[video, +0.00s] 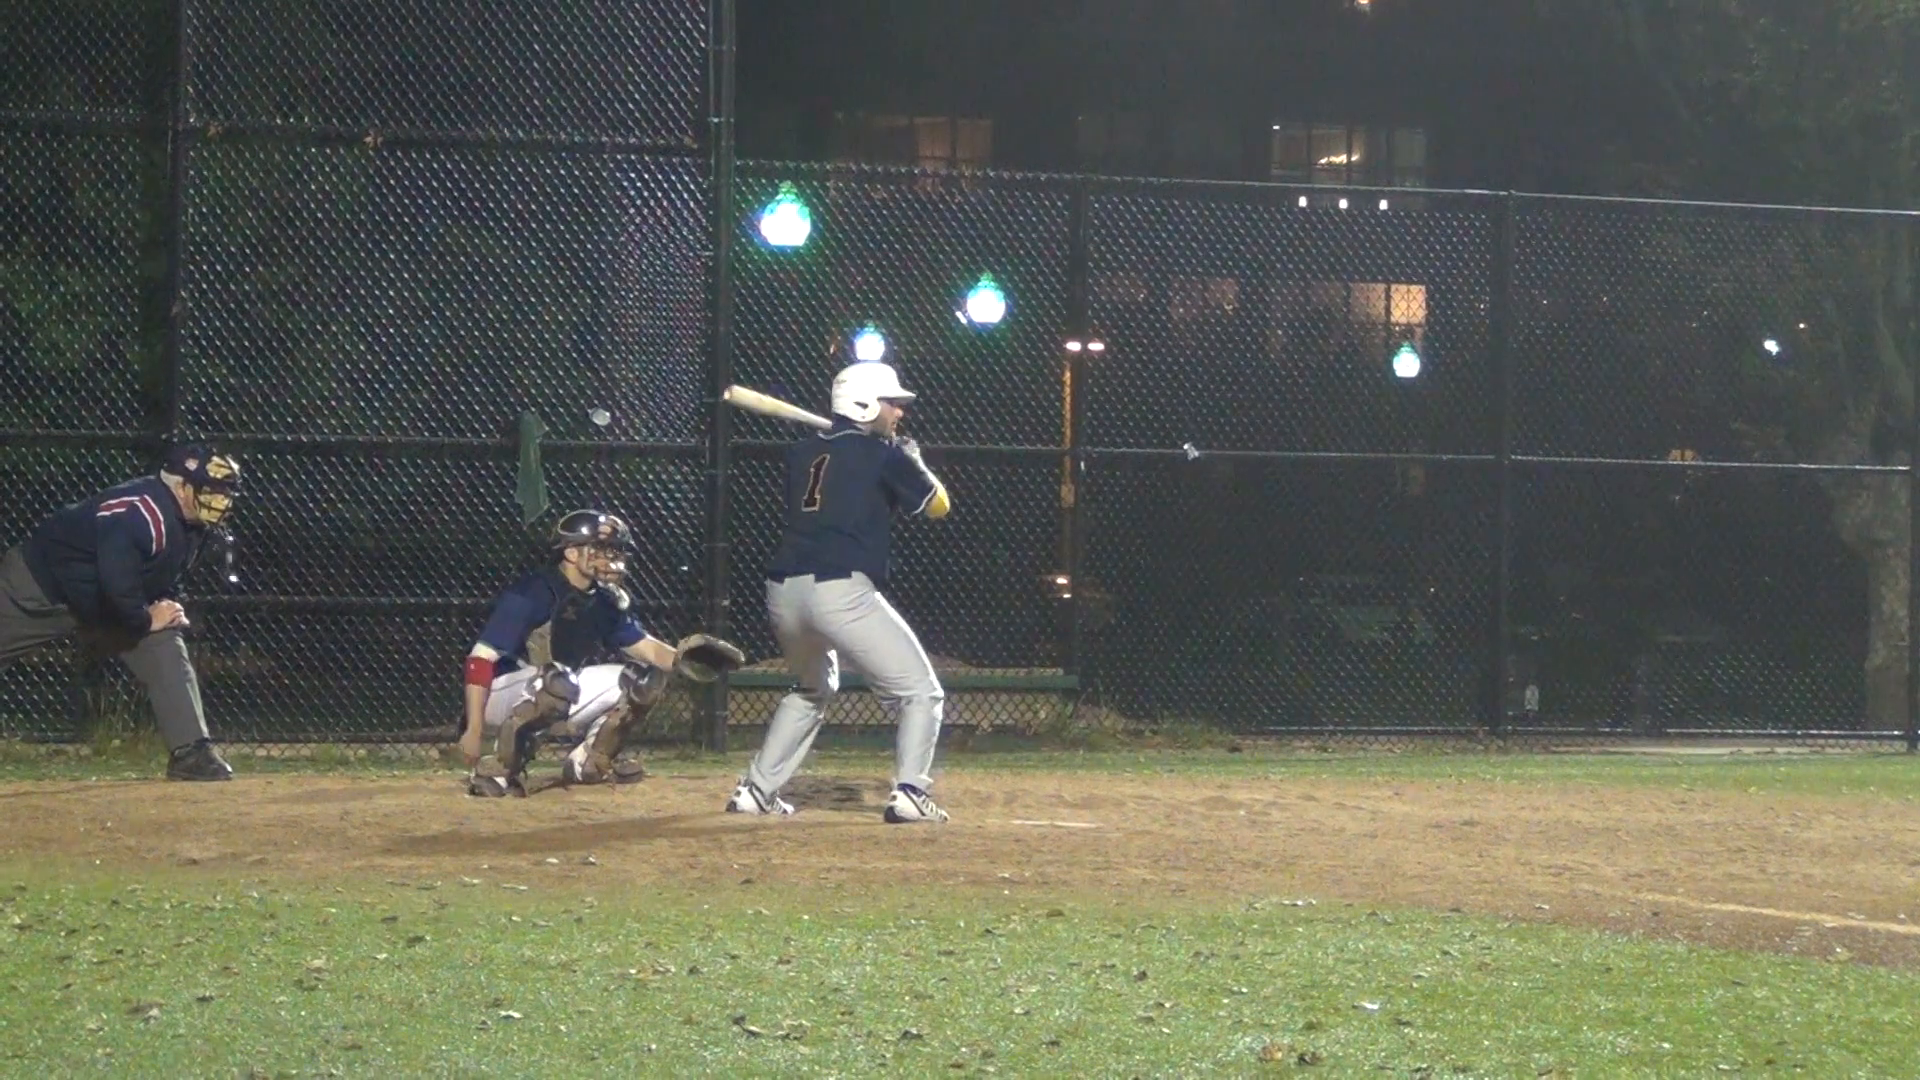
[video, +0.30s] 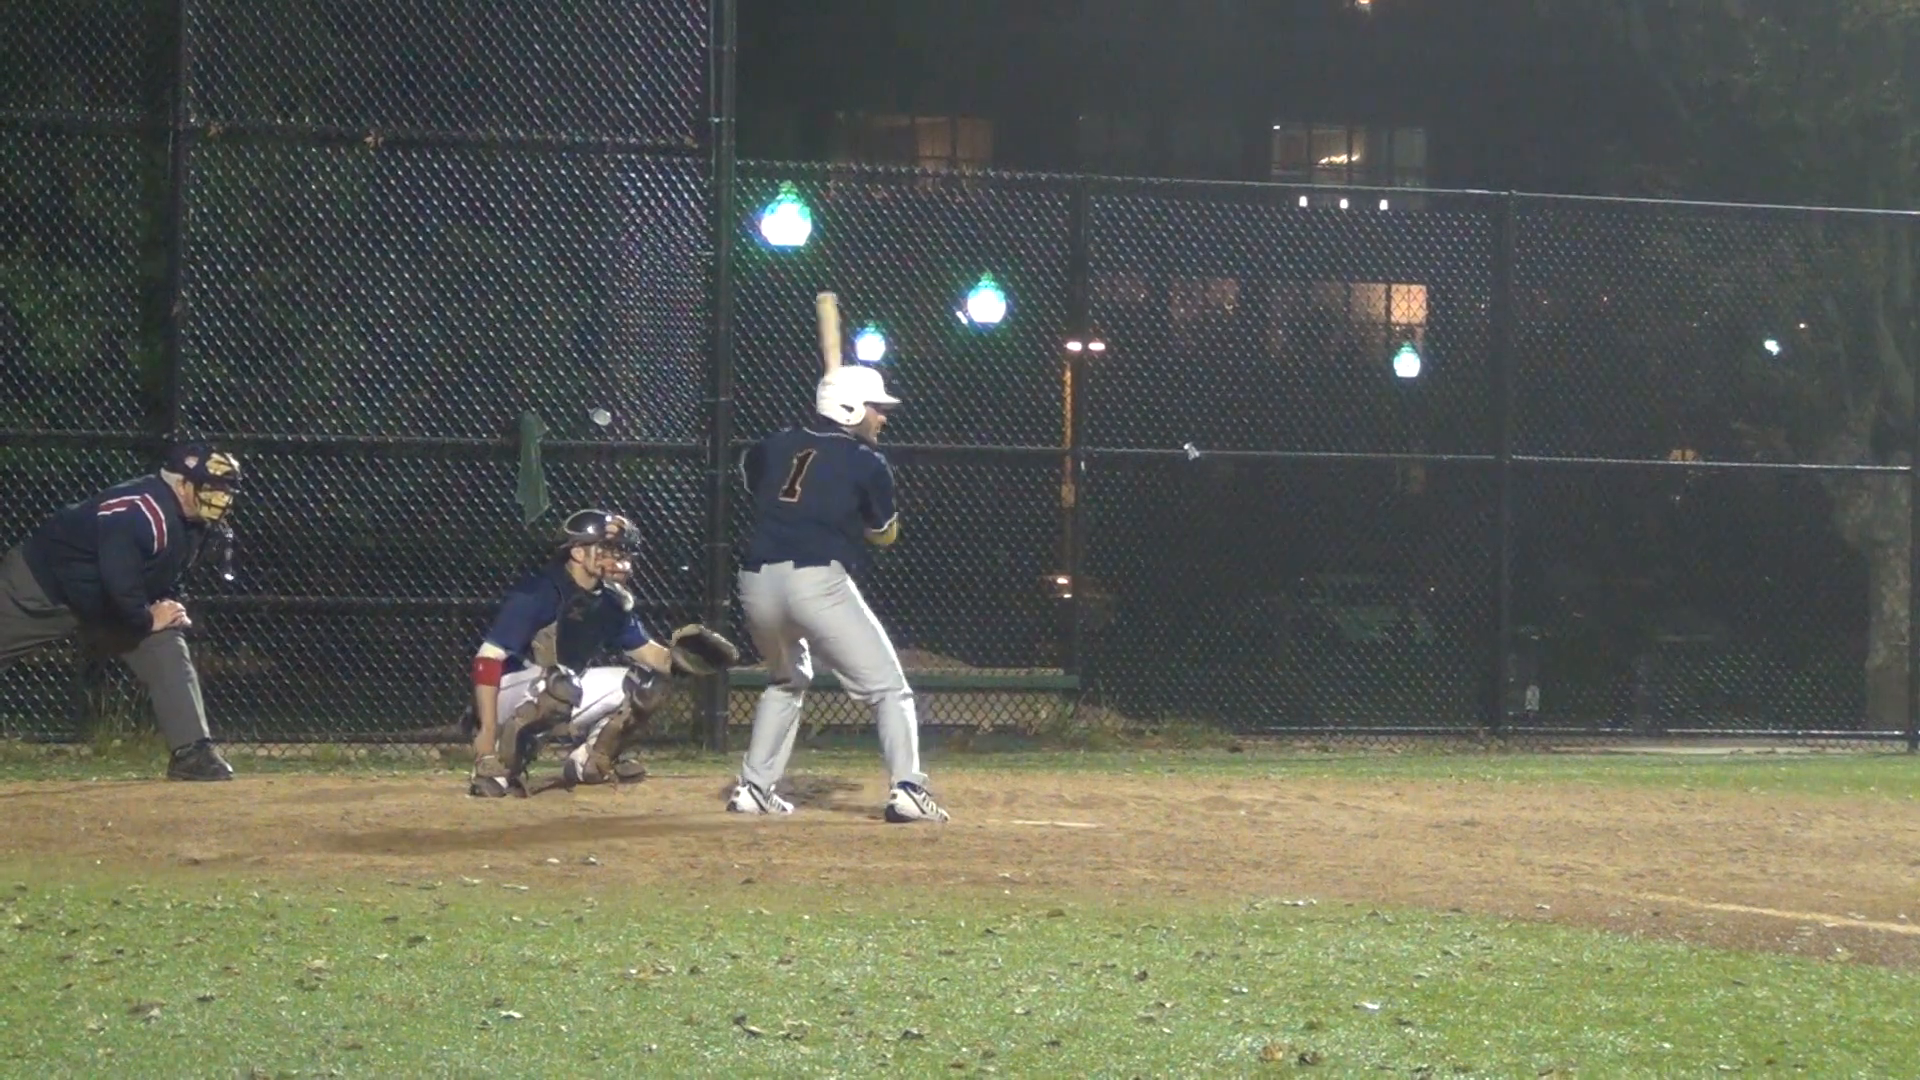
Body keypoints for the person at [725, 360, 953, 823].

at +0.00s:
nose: (900, 412)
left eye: (899, 403)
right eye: (893, 403)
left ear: (848, 408)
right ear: (866, 406)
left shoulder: (801, 450)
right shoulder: (882, 454)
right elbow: (939, 506)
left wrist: (879, 453)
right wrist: (915, 464)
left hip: (782, 592)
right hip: (842, 591)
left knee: (810, 688)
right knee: (922, 693)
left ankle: (756, 791)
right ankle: (911, 793)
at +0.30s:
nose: (883, 418)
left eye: (883, 409)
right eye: (877, 409)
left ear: (830, 409)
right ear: (850, 409)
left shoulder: (774, 443)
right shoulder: (868, 462)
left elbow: (751, 481)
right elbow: (883, 535)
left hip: (756, 581)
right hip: (819, 581)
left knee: (786, 680)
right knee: (889, 690)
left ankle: (754, 787)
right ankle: (908, 789)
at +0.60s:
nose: (871, 413)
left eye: (870, 404)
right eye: (865, 403)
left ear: (815, 400)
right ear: (843, 403)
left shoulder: (765, 432)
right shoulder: (863, 454)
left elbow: (695, 434)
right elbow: (857, 507)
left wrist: (736, 424)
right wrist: (870, 510)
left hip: (767, 578)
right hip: (831, 573)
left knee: (776, 680)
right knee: (907, 666)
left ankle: (754, 786)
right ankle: (925, 729)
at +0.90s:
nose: (905, 444)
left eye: (905, 435)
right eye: (901, 434)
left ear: (849, 429)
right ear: (886, 429)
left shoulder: (802, 468)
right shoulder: (903, 473)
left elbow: (732, 512)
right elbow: (910, 534)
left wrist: (784, 480)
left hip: (807, 599)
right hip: (873, 595)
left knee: (803, 688)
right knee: (954, 699)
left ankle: (759, 787)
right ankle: (977, 794)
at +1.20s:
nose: (925, 466)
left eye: (926, 459)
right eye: (925, 458)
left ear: (873, 438)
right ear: (915, 452)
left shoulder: (823, 470)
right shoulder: (923, 493)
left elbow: (744, 494)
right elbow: (919, 548)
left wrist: (799, 499)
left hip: (817, 609)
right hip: (887, 608)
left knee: (804, 689)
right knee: (966, 701)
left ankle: (761, 786)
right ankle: (982, 790)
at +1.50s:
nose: (887, 451)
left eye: (890, 444)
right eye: (887, 442)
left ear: (838, 419)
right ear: (878, 433)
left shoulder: (785, 446)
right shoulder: (884, 481)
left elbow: (708, 457)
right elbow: (875, 539)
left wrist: (760, 453)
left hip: (777, 591)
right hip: (845, 590)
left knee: (782, 683)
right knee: (922, 694)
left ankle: (759, 785)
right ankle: (974, 785)